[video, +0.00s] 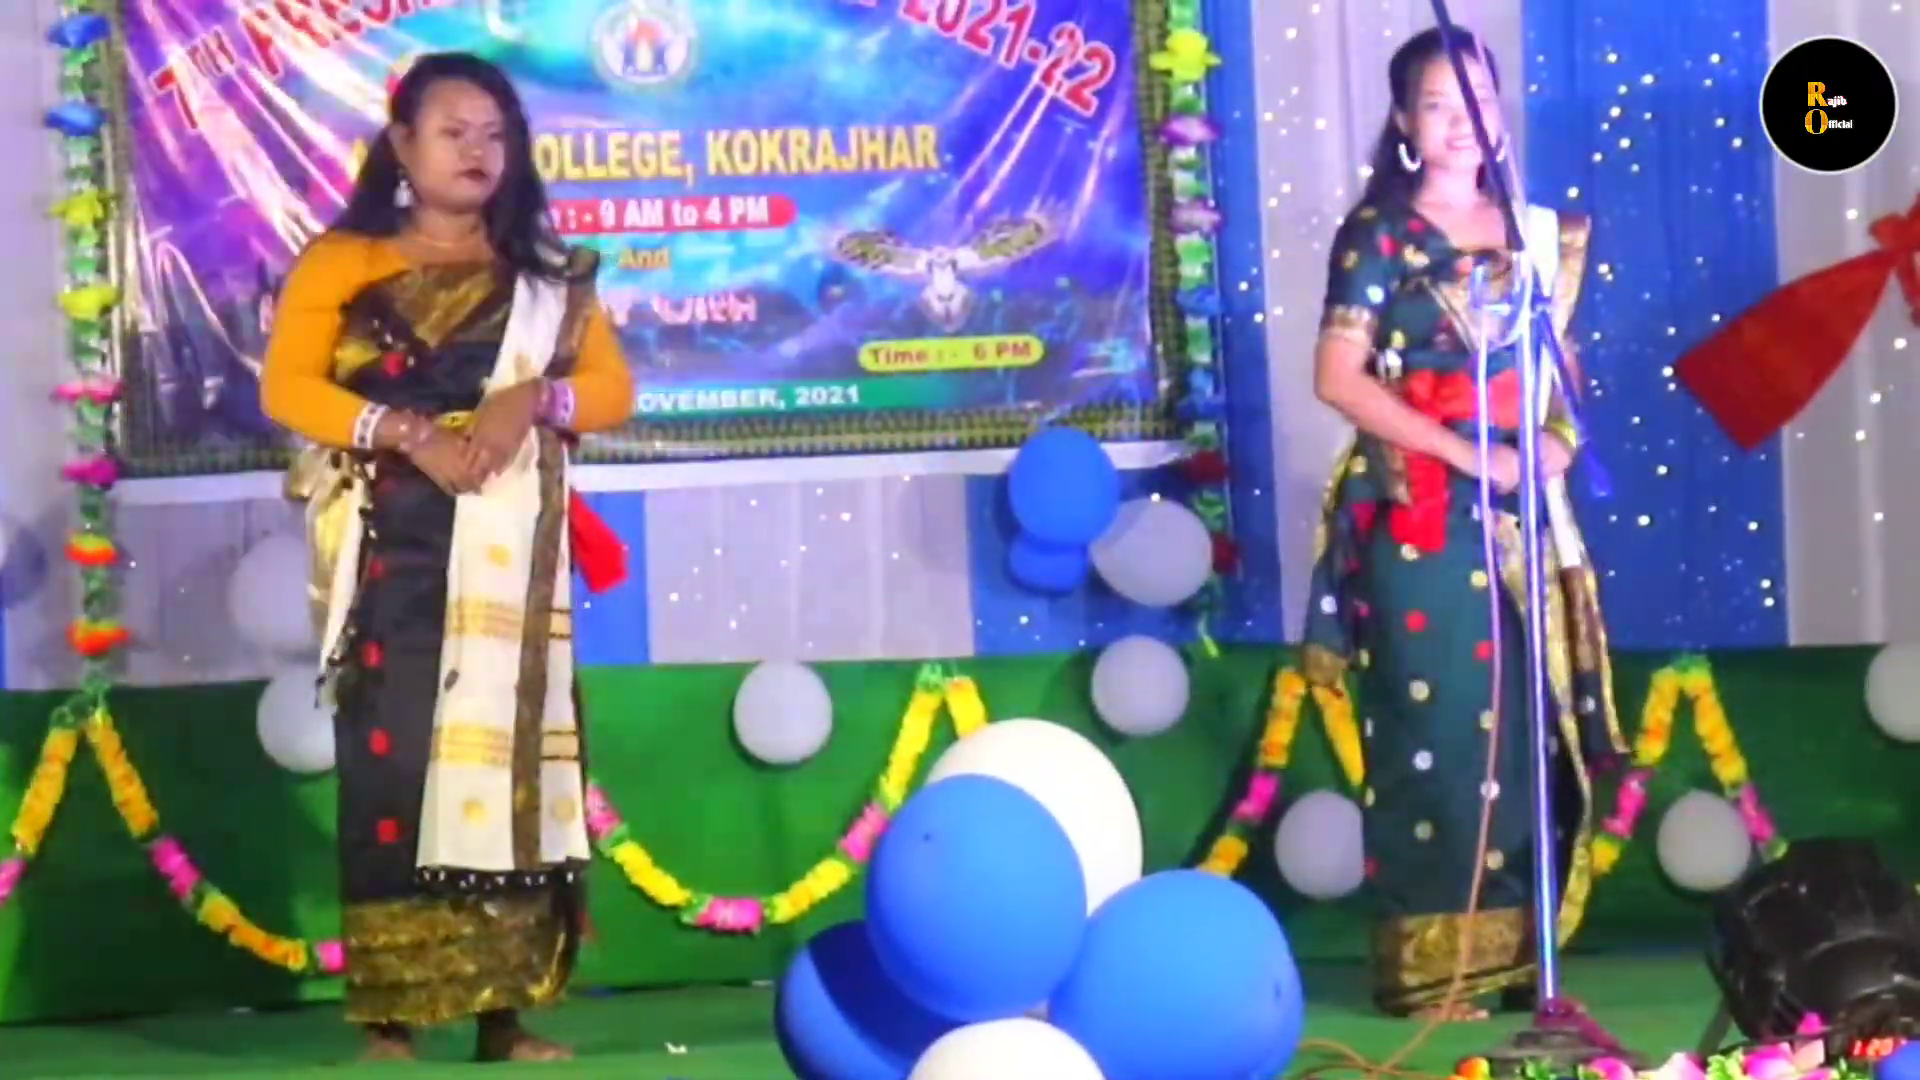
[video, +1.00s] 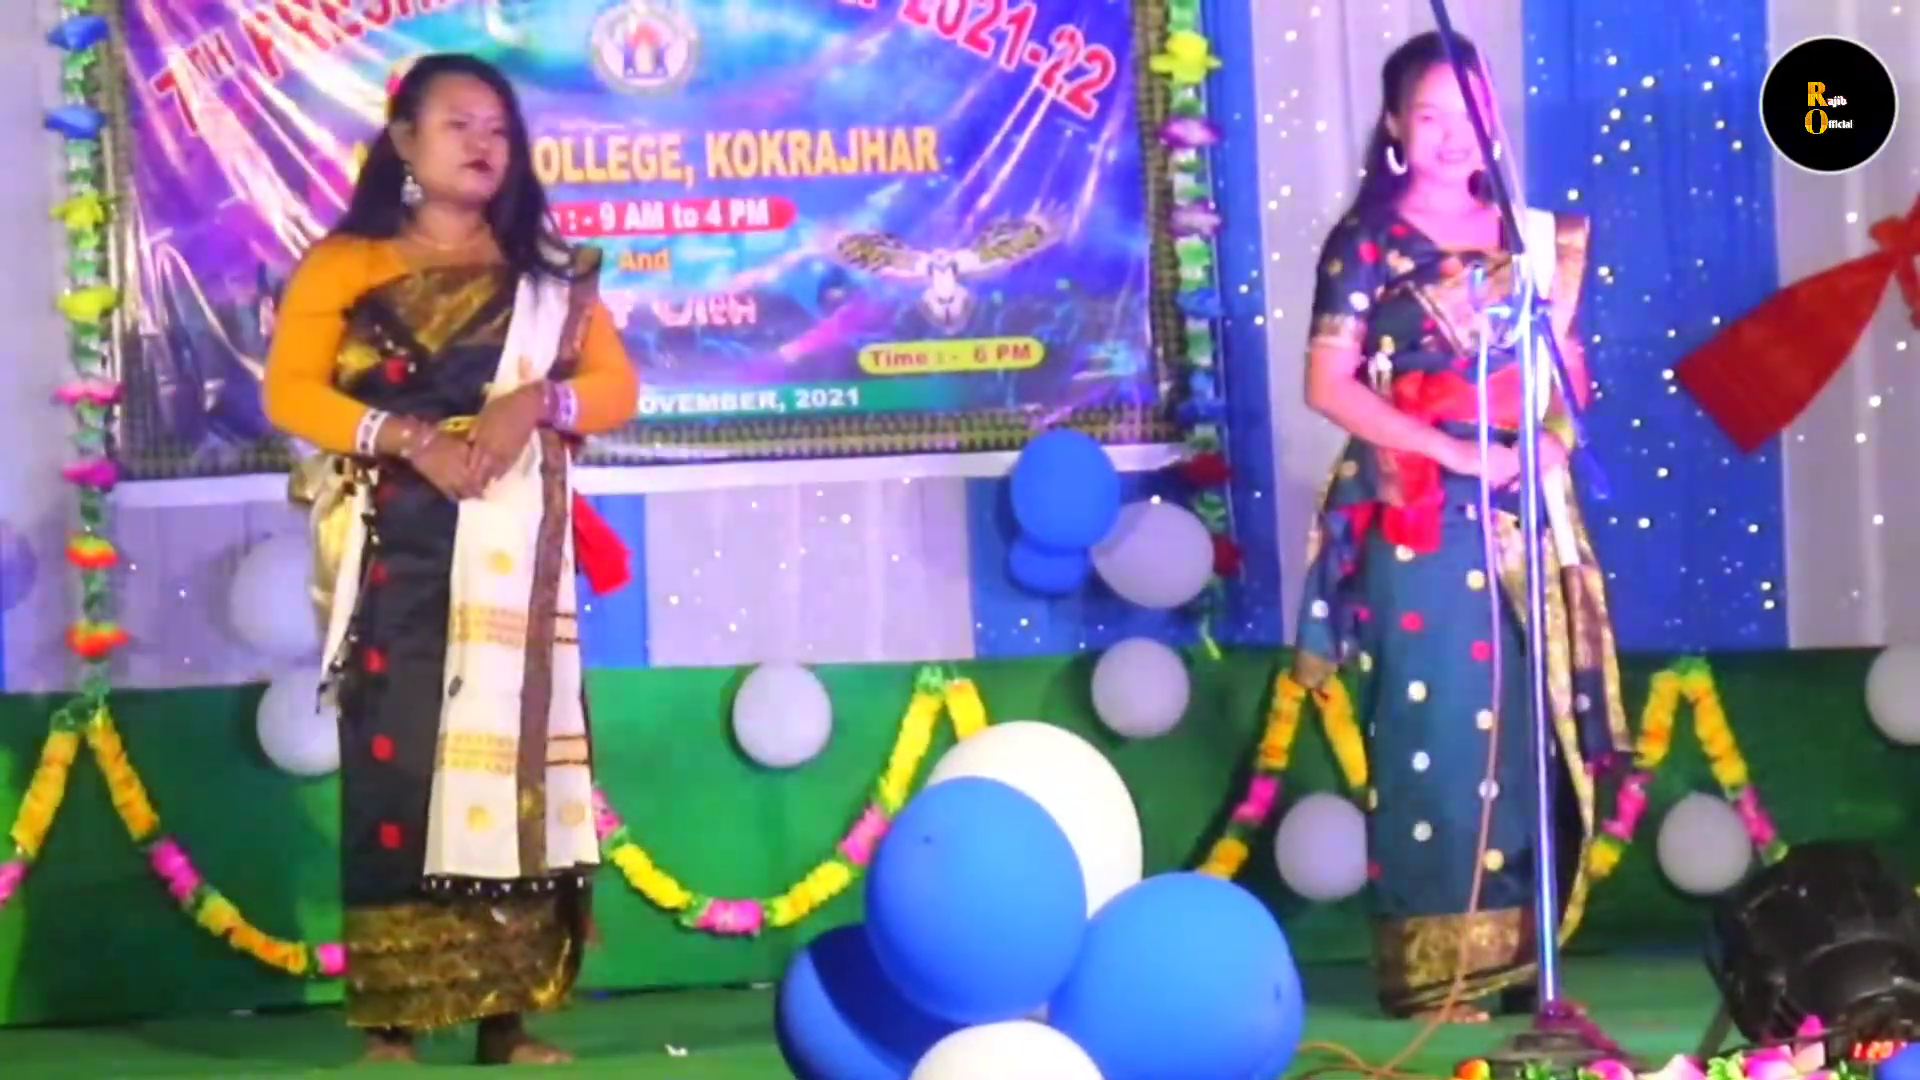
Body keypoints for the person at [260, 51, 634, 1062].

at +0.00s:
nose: (478, 151)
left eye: (495, 135)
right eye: (454, 132)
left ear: (514, 152)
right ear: (403, 146)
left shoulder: (545, 272)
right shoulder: (341, 262)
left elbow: (615, 393)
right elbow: (285, 388)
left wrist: (530, 398)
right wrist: (403, 427)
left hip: (512, 559)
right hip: (394, 556)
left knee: (514, 761)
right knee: (393, 766)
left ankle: (508, 1013)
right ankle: (390, 1011)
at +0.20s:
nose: (476, 150)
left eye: (493, 134)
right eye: (452, 131)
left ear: (512, 151)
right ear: (401, 146)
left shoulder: (543, 271)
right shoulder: (339, 262)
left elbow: (615, 389)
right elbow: (284, 388)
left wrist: (529, 399)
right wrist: (401, 427)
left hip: (512, 560)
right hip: (393, 557)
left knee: (513, 760)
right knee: (391, 766)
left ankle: (507, 1012)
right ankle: (386, 1011)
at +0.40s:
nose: (476, 153)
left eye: (492, 136)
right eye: (452, 134)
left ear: (511, 152)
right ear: (400, 147)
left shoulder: (544, 269)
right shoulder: (340, 261)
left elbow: (615, 389)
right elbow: (285, 387)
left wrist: (532, 398)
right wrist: (402, 427)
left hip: (512, 559)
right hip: (394, 557)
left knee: (513, 760)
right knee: (392, 765)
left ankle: (508, 1012)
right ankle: (388, 1011)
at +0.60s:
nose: (471, 153)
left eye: (489, 136)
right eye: (447, 132)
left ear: (512, 153)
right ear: (399, 147)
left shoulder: (546, 271)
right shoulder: (339, 261)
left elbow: (617, 388)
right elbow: (283, 389)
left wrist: (533, 398)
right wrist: (403, 431)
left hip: (514, 561)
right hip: (396, 558)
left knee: (514, 765)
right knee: (393, 770)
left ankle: (507, 1013)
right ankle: (387, 1012)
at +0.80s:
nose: (480, 150)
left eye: (498, 134)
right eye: (457, 130)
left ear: (516, 153)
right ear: (405, 144)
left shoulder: (546, 272)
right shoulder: (342, 264)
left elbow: (618, 389)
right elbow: (286, 393)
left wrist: (533, 400)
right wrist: (404, 432)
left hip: (516, 561)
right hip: (397, 558)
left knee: (516, 762)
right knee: (395, 767)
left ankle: (508, 1015)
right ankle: (389, 1015)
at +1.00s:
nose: (483, 142)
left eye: (498, 129)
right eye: (458, 125)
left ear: (515, 150)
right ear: (404, 142)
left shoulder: (545, 273)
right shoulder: (343, 266)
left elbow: (620, 390)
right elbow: (289, 394)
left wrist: (535, 403)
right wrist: (406, 434)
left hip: (517, 562)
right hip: (398, 559)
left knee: (518, 765)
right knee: (395, 771)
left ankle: (509, 1017)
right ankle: (389, 1017)